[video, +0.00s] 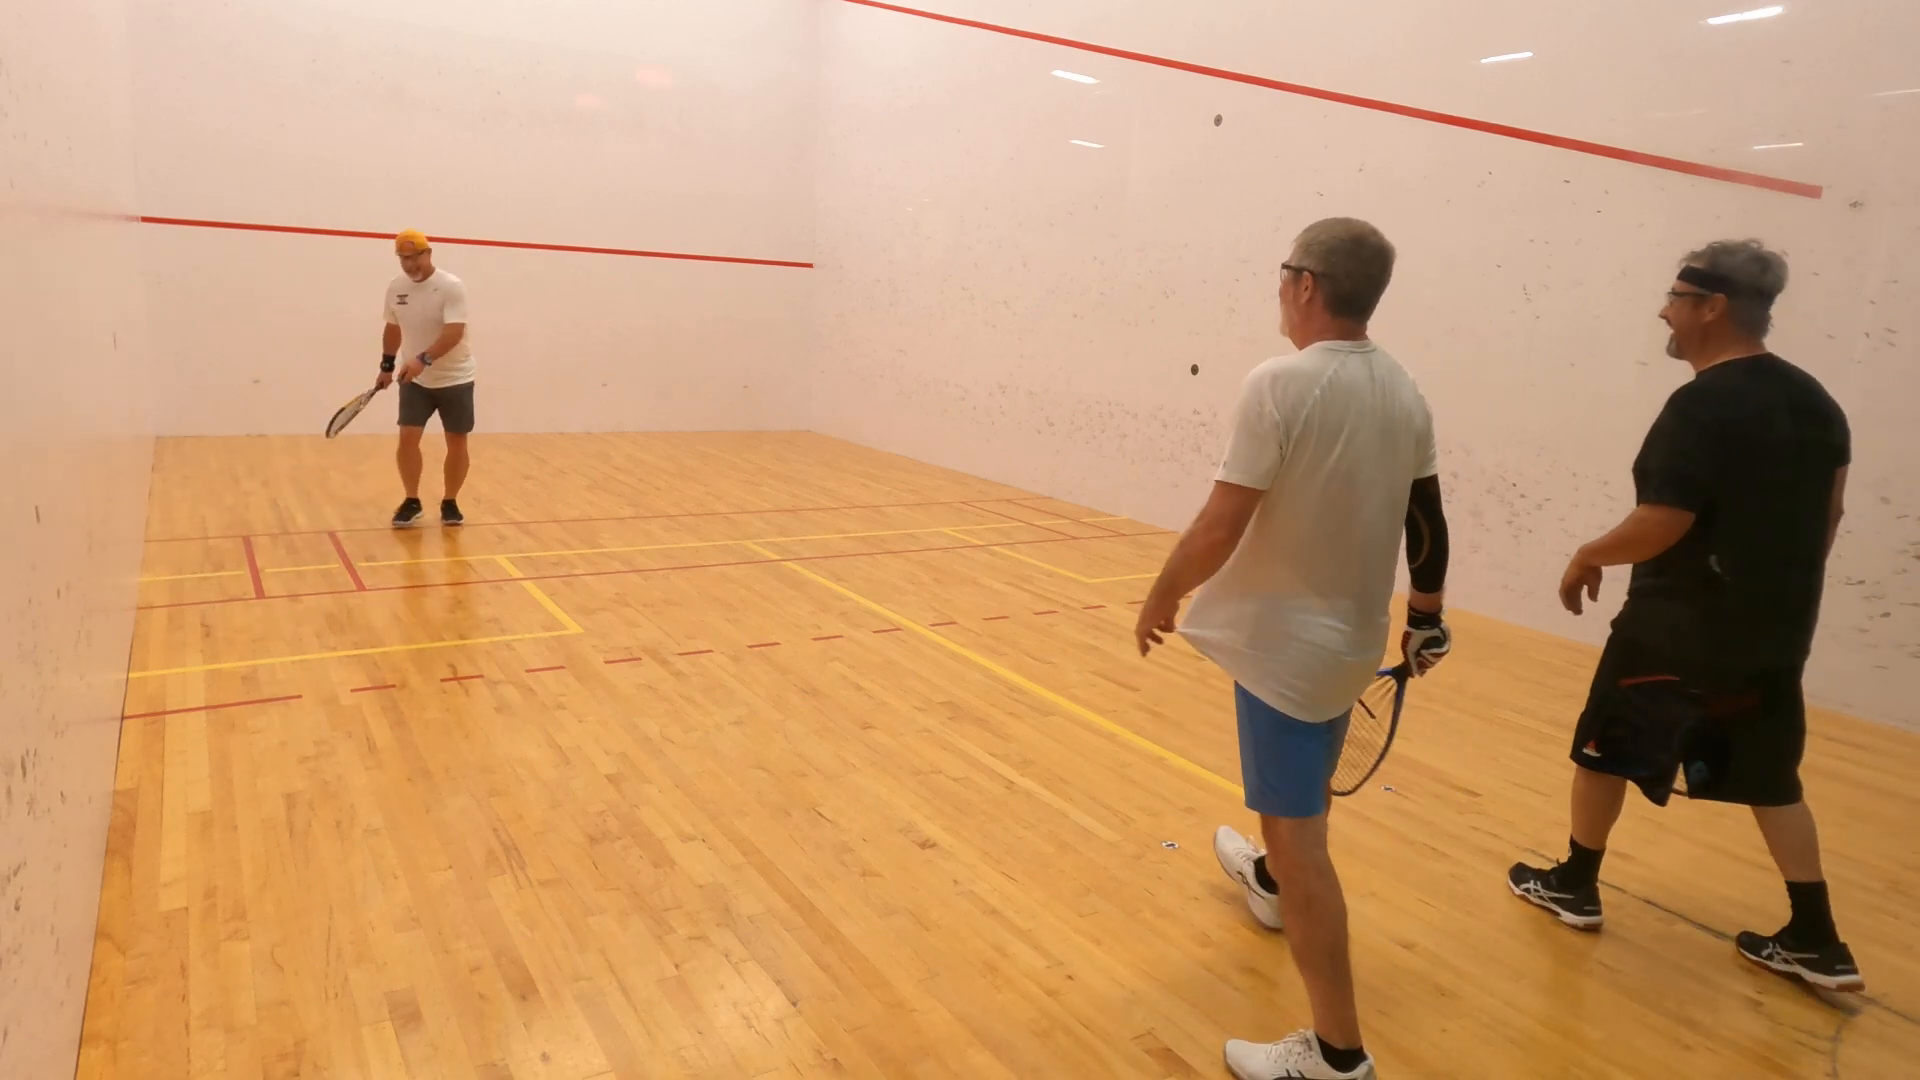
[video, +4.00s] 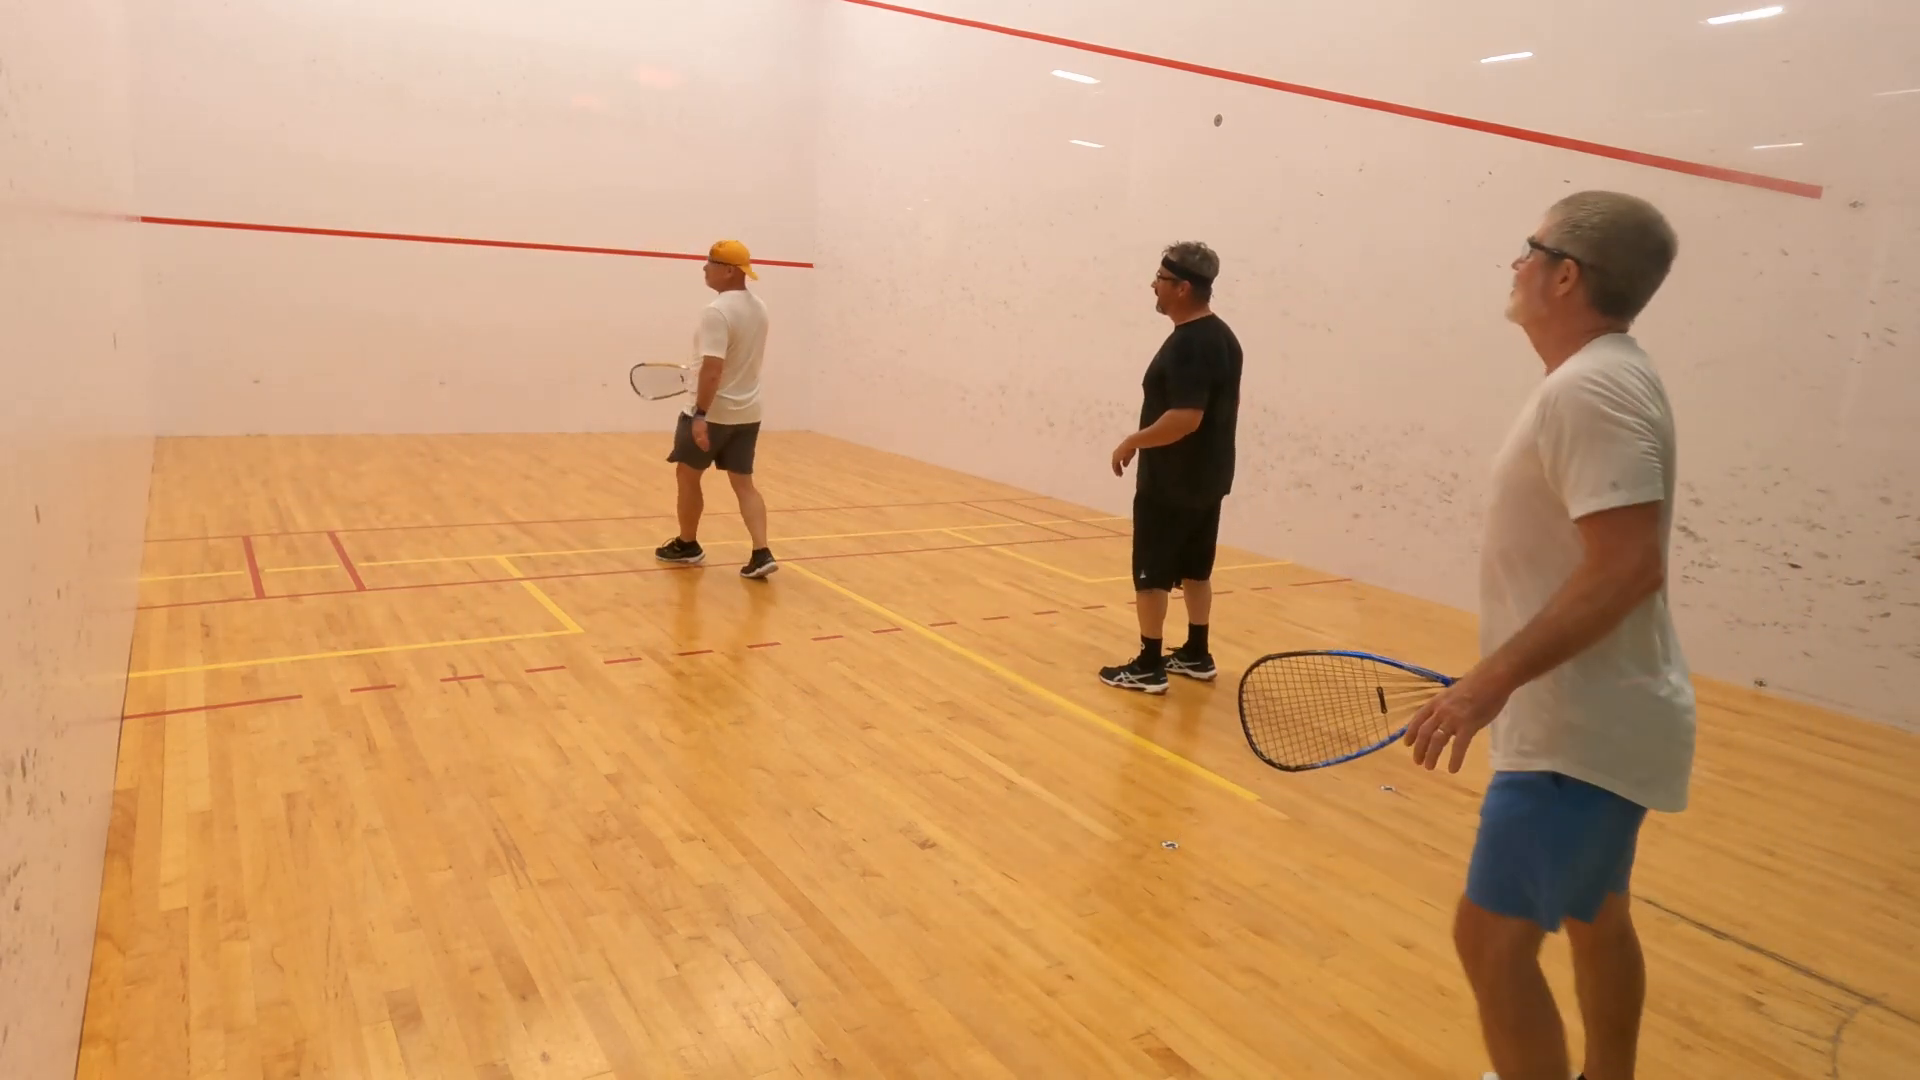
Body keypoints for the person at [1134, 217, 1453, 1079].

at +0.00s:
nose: (1279, 290)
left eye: (1285, 276)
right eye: (1284, 275)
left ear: (1307, 288)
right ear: (1369, 296)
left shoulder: (1281, 385)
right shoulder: (1404, 395)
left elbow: (1222, 523)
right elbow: (1425, 524)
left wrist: (1165, 591)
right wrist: (1427, 615)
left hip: (1287, 651)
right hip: (1355, 642)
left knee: (1297, 846)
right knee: (1301, 754)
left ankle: (1339, 1048)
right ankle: (1277, 876)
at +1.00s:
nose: (1062, 312)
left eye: (1063, 300)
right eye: (1065, 300)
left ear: (1077, 304)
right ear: (1136, 306)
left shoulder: (1067, 379)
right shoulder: (1183, 379)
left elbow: (1034, 506)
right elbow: (1211, 500)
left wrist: (1005, 599)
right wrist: (1154, 564)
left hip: (1110, 608)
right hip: (1196, 605)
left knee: (1029, 746)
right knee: (1206, 731)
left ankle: (1007, 920)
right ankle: (1235, 874)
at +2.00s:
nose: (1119, 286)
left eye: (1122, 275)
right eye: (1126, 274)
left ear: (1134, 281)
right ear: (1194, 287)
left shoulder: (1104, 358)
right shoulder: (1219, 373)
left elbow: (1047, 470)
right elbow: (1231, 489)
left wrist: (1007, 417)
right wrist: (1144, 479)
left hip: (1095, 595)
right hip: (1179, 598)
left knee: (1046, 749)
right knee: (1195, 731)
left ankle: (1009, 917)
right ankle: (1216, 877)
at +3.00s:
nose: (1238, 289)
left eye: (1244, 279)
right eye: (1243, 277)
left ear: (1260, 290)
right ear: (1316, 299)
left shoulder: (1236, 365)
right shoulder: (1331, 376)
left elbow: (1205, 489)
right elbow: (1314, 497)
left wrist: (1153, 522)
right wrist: (1185, 527)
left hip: (1225, 604)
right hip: (1286, 603)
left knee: (1172, 761)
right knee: (1226, 733)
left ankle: (1270, 939)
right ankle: (1212, 870)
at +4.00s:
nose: (1516, 263)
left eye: (1531, 251)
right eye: (1527, 248)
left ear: (1567, 279)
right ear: (1585, 284)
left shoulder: (1594, 386)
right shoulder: (1614, 377)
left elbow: (1627, 567)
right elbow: (1622, 566)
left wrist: (1482, 684)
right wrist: (1493, 680)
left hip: (1577, 728)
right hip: (1603, 724)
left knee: (1490, 938)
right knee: (1598, 913)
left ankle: (1545, 1075)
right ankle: (1607, 1074)